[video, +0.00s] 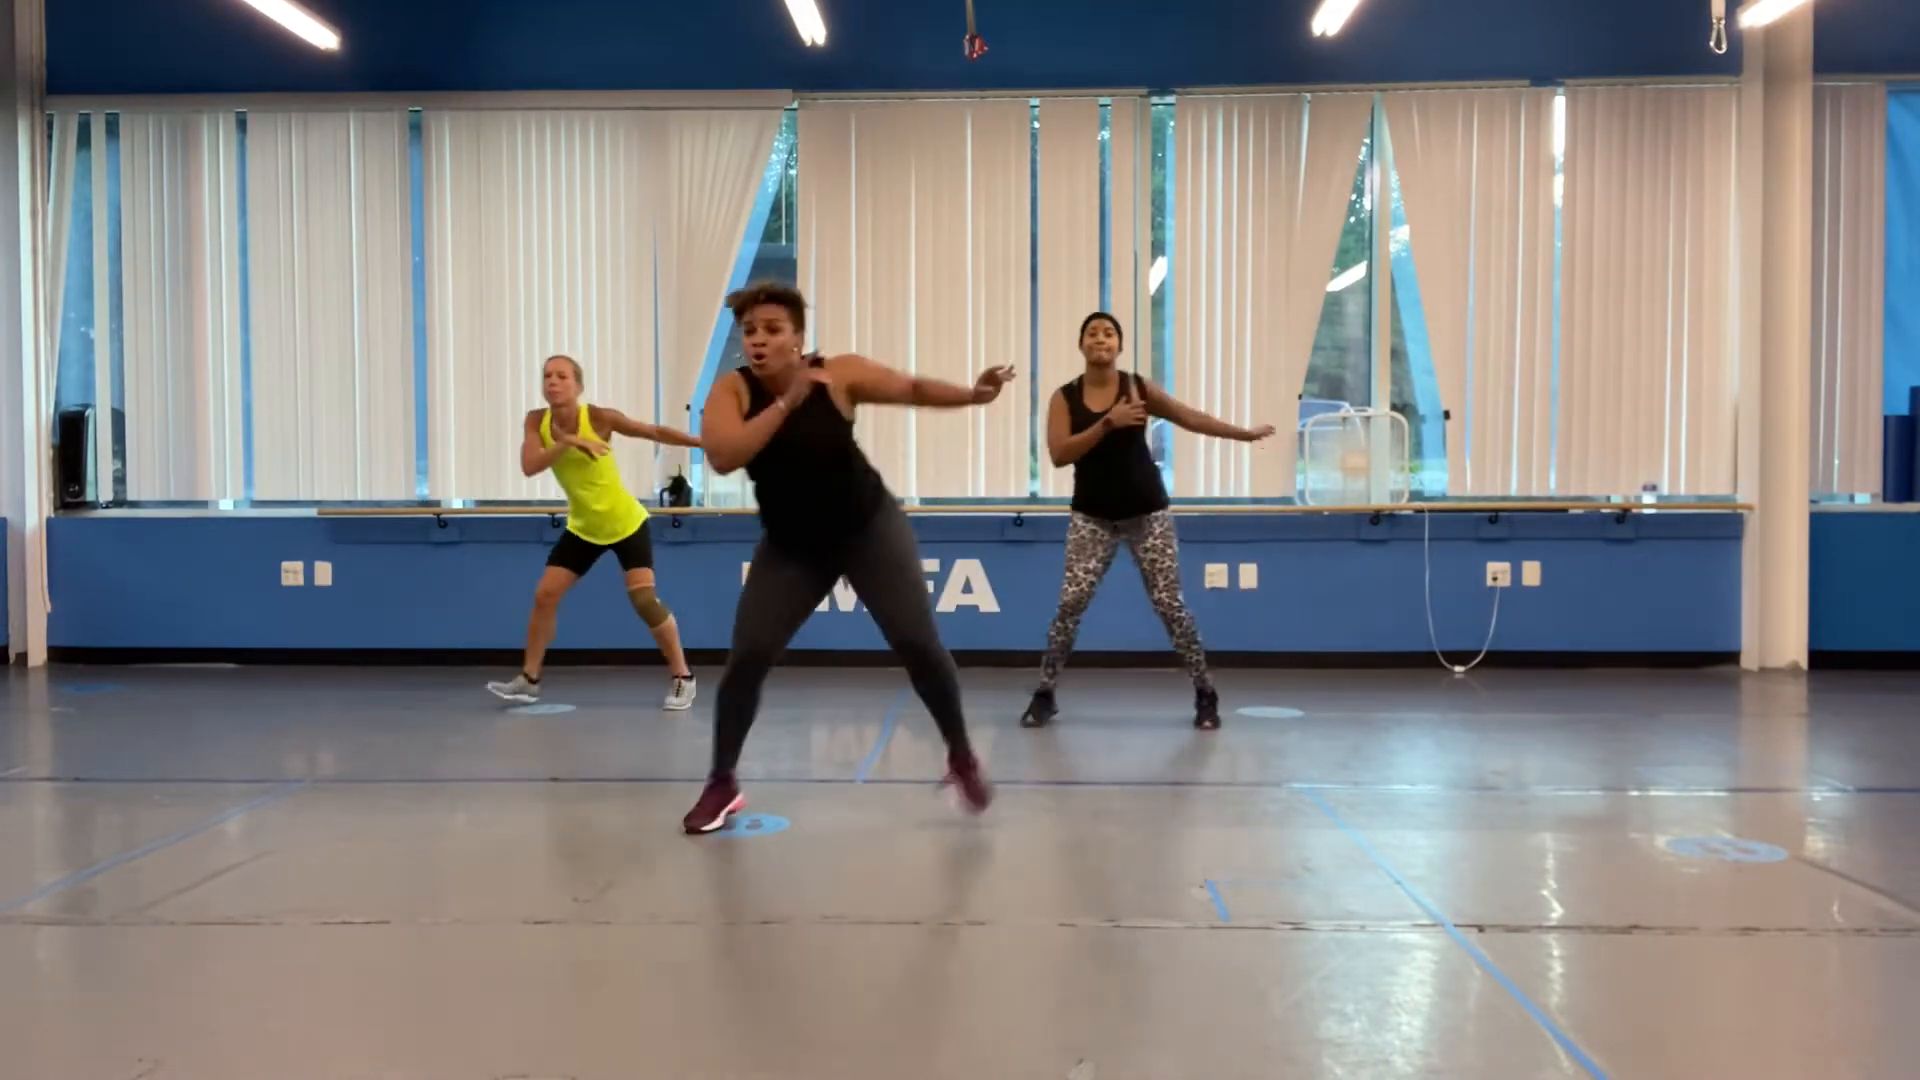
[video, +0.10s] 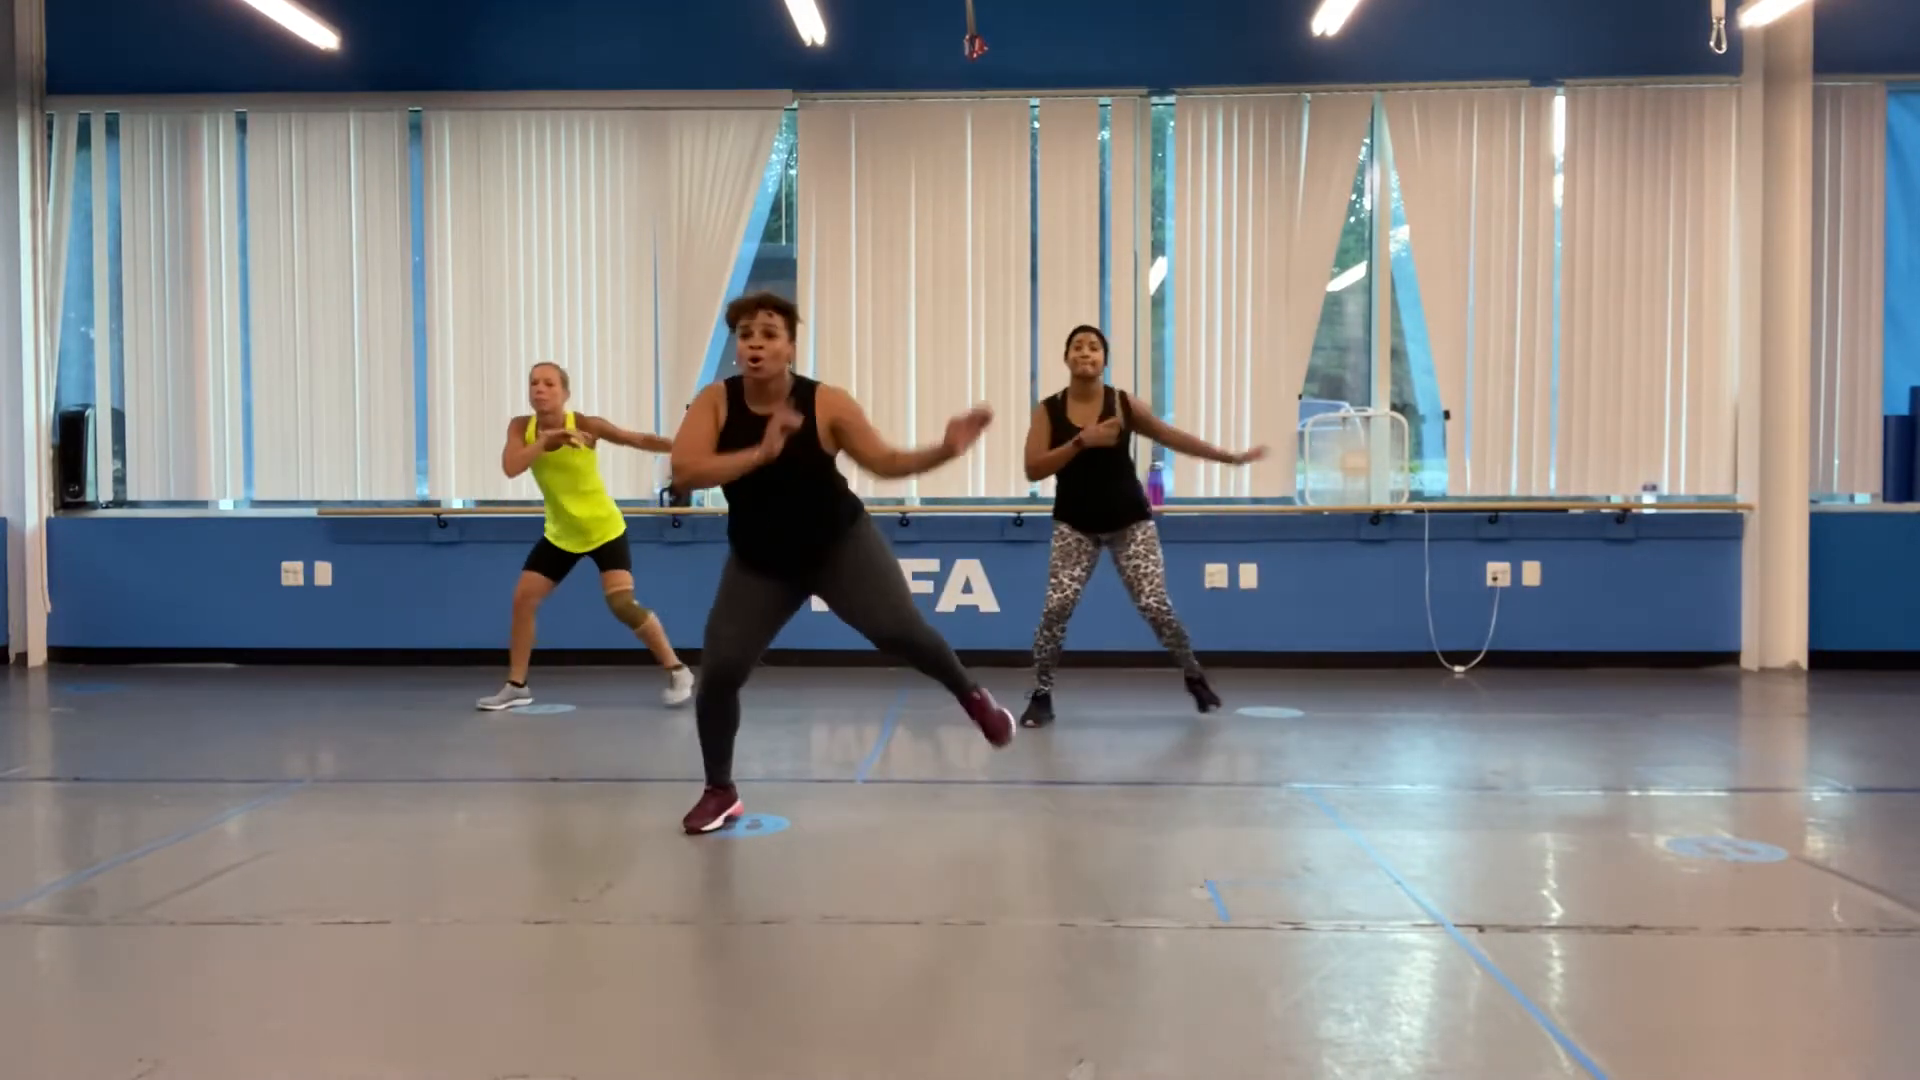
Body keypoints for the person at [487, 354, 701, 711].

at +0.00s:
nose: (552, 382)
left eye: (561, 377)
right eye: (547, 377)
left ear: (578, 387)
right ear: (542, 388)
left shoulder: (601, 417)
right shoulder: (537, 421)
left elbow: (653, 432)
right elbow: (529, 466)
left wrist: (701, 442)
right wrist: (568, 442)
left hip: (626, 522)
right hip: (582, 526)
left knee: (643, 599)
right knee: (546, 595)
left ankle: (683, 678)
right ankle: (529, 680)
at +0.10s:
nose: (540, 389)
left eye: (548, 384)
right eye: (534, 384)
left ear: (565, 393)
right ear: (528, 393)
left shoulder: (586, 425)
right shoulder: (522, 427)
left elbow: (636, 439)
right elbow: (511, 467)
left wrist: (679, 446)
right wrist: (547, 441)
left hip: (603, 527)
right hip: (561, 532)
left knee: (621, 603)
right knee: (524, 598)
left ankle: (677, 671)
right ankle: (516, 685)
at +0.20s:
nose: (532, 391)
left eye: (541, 386)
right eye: (527, 386)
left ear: (558, 394)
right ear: (521, 394)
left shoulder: (581, 430)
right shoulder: (514, 434)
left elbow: (615, 460)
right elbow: (503, 485)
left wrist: (654, 477)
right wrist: (536, 458)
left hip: (594, 532)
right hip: (550, 534)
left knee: (596, 605)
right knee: (512, 598)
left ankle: (628, 663)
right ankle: (516, 685)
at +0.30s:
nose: (539, 387)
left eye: (547, 381)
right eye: (533, 382)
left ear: (564, 390)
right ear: (527, 392)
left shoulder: (589, 433)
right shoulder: (518, 435)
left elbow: (605, 481)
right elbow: (502, 488)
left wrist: (631, 516)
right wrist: (527, 491)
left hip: (590, 530)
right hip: (543, 531)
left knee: (597, 603)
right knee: (507, 598)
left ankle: (612, 669)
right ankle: (514, 684)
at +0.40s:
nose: (555, 383)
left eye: (563, 377)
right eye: (549, 378)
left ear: (579, 385)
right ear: (543, 388)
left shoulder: (602, 429)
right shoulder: (531, 428)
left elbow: (612, 479)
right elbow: (507, 463)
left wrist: (603, 502)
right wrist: (504, 501)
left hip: (592, 526)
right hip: (544, 526)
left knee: (621, 589)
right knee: (509, 596)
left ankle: (641, 662)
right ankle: (513, 684)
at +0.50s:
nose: (568, 379)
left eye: (576, 373)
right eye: (562, 375)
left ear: (594, 380)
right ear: (558, 384)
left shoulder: (618, 422)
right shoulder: (549, 422)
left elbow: (632, 474)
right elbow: (518, 446)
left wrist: (591, 477)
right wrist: (487, 481)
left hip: (609, 526)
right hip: (560, 524)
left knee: (640, 592)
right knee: (521, 598)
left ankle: (665, 680)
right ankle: (501, 677)